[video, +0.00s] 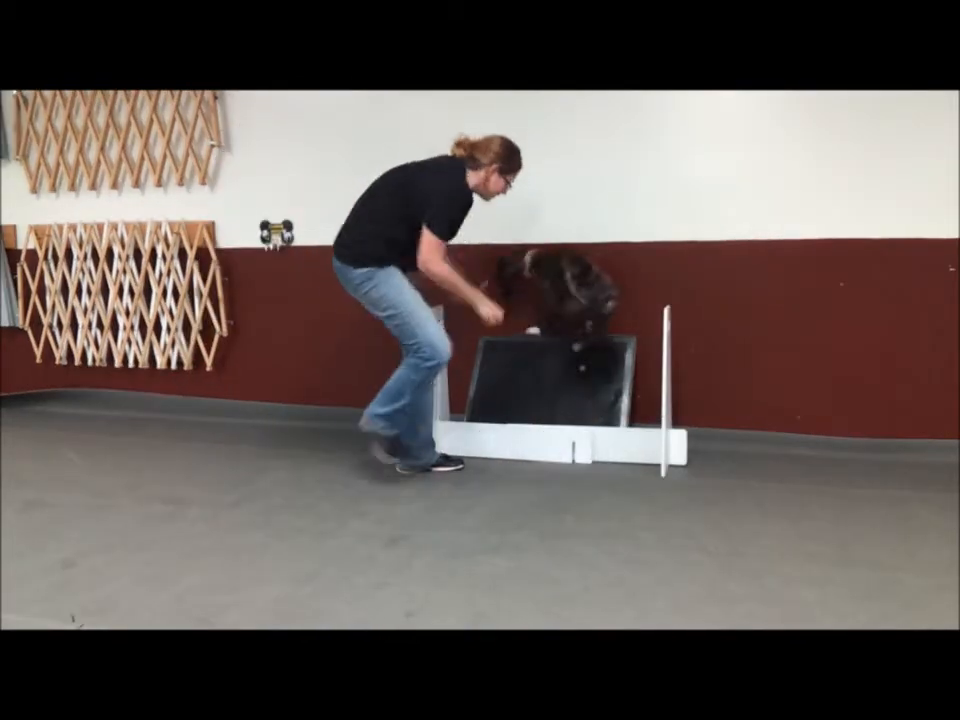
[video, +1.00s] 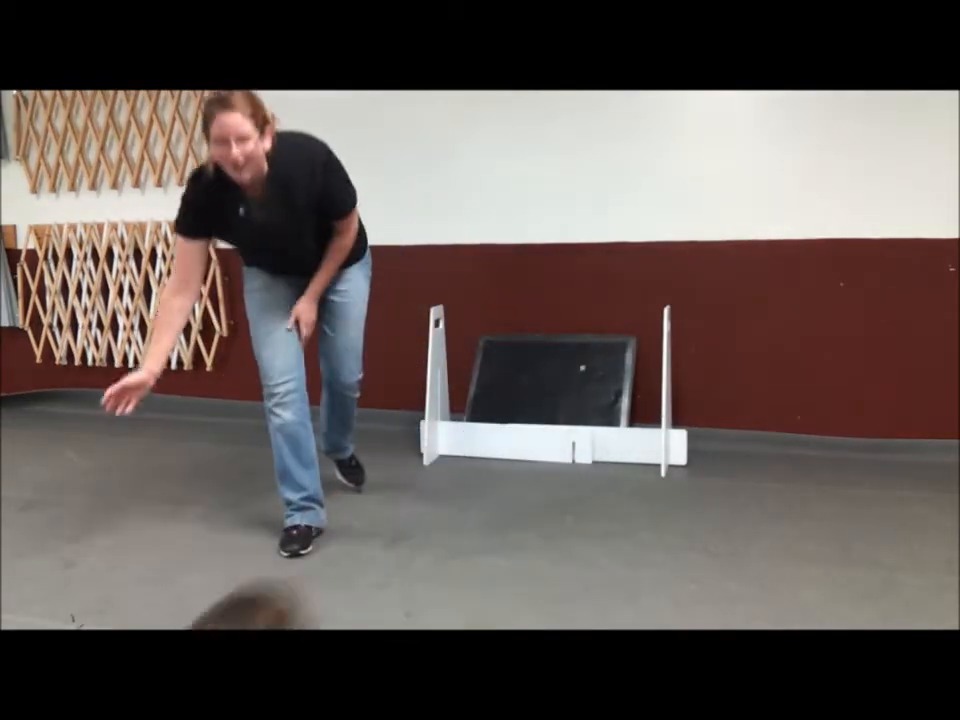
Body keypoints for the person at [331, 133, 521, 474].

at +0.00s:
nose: (506, 188)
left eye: (510, 182)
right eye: (507, 179)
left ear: (486, 167)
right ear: (489, 169)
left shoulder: (450, 177)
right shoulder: (453, 189)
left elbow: (431, 252)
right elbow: (430, 262)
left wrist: (472, 292)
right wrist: (479, 301)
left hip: (376, 261)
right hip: (365, 264)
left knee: (424, 350)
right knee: (434, 350)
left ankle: (416, 454)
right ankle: (379, 421)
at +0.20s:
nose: (488, 250)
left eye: (492, 244)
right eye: (489, 242)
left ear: (473, 225)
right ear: (474, 229)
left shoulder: (442, 217)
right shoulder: (430, 246)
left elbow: (411, 266)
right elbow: (435, 330)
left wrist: (411, 318)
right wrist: (468, 393)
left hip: (382, 277)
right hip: (335, 268)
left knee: (416, 352)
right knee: (365, 363)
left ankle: (417, 455)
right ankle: (326, 484)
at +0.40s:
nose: (420, 312)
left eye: (426, 305)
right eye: (413, 304)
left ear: (435, 285)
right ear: (388, 287)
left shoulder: (413, 259)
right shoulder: (352, 294)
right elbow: (373, 391)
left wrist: (352, 346)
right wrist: (401, 474)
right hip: (293, 287)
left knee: (401, 367)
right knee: (302, 388)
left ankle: (418, 453)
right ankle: (304, 515)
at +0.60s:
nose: (323, 306)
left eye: (331, 296)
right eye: (311, 299)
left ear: (341, 275)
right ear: (284, 284)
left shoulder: (366, 263)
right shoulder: (263, 288)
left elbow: (347, 304)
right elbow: (265, 383)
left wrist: (321, 335)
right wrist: (260, 474)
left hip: (352, 295)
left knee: (368, 369)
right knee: (278, 395)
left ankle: (381, 453)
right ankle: (299, 513)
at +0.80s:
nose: (256, 240)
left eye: (262, 227)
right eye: (243, 232)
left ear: (282, 208)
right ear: (227, 223)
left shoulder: (321, 205)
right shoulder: (217, 244)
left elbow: (357, 251)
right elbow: (198, 333)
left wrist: (322, 311)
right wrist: (164, 425)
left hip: (340, 273)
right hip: (271, 287)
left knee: (351, 367)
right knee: (276, 393)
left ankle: (349, 444)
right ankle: (301, 512)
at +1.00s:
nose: (234, 153)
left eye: (243, 139)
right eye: (222, 142)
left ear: (265, 134)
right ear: (208, 145)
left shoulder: (310, 159)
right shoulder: (204, 191)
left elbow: (347, 229)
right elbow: (181, 288)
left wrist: (313, 294)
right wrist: (149, 369)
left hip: (339, 264)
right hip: (269, 273)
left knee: (345, 376)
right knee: (282, 390)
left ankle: (339, 446)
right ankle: (302, 511)